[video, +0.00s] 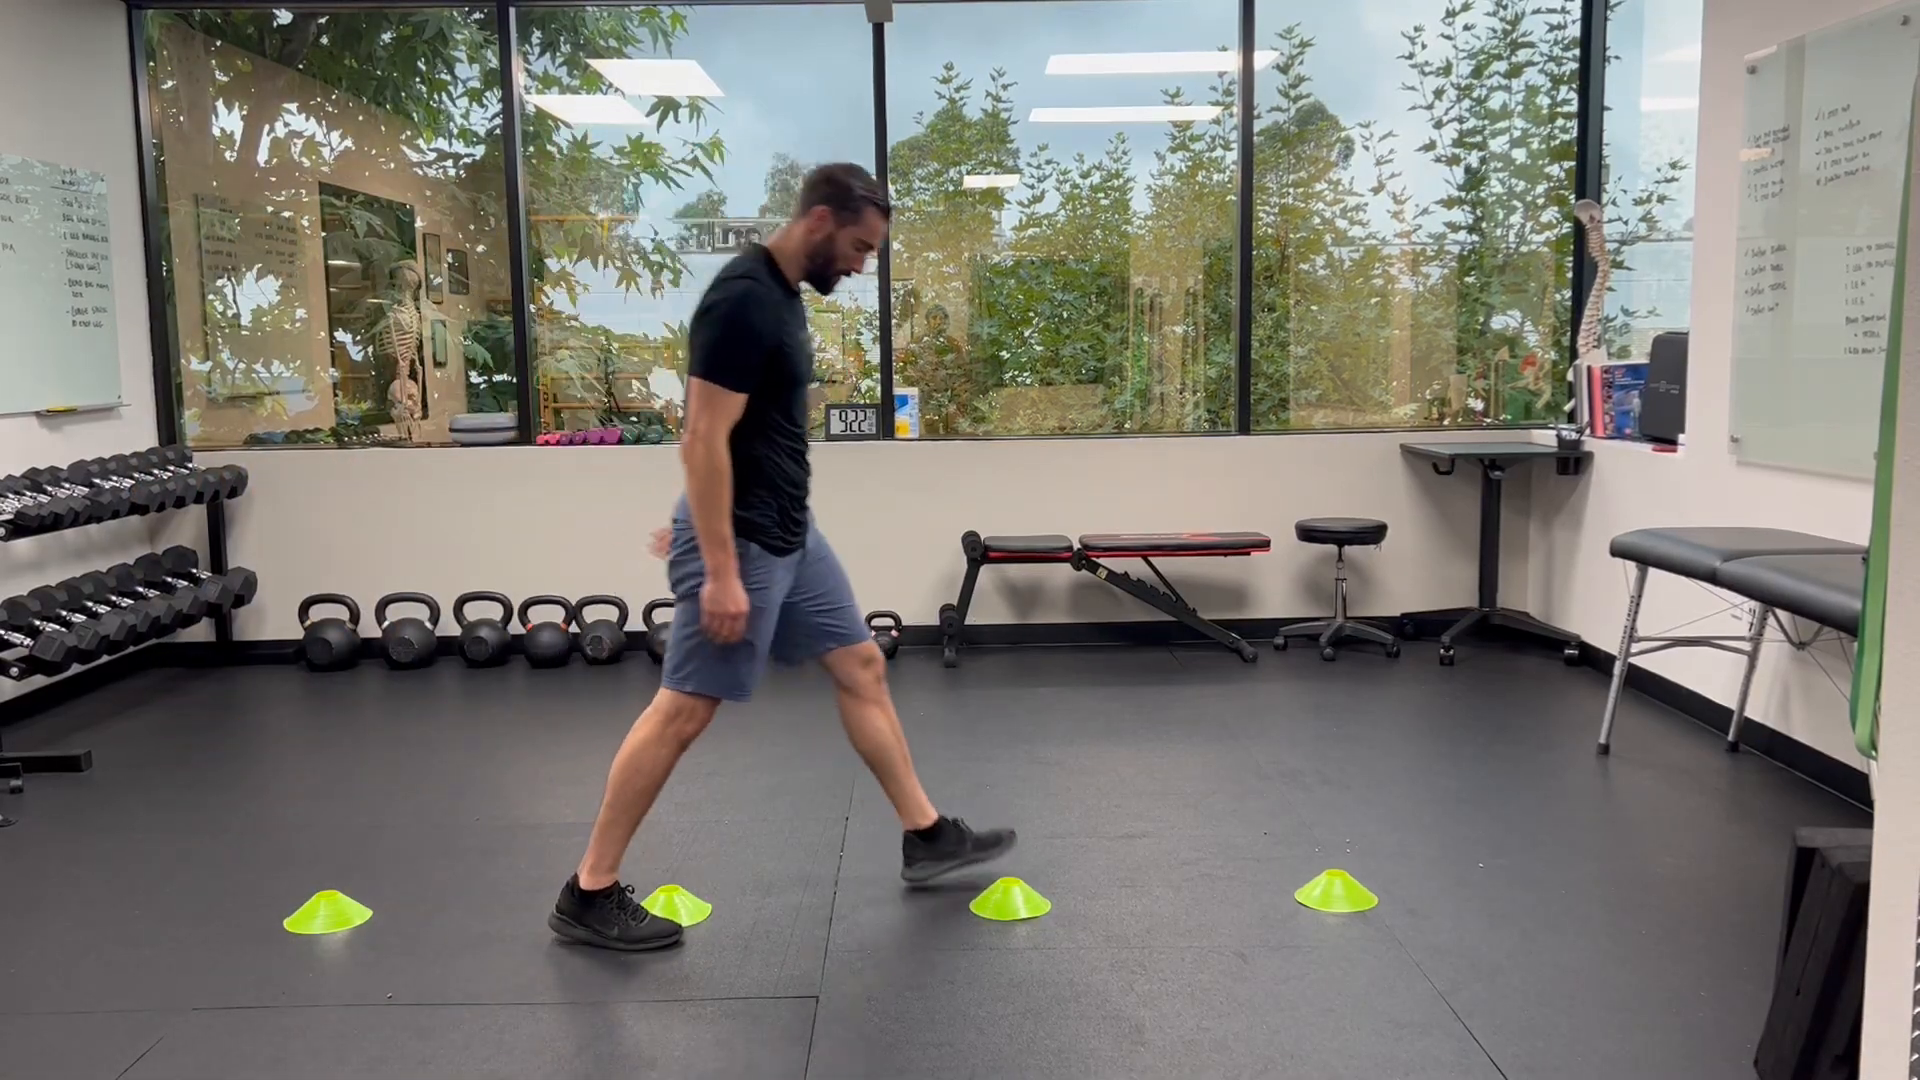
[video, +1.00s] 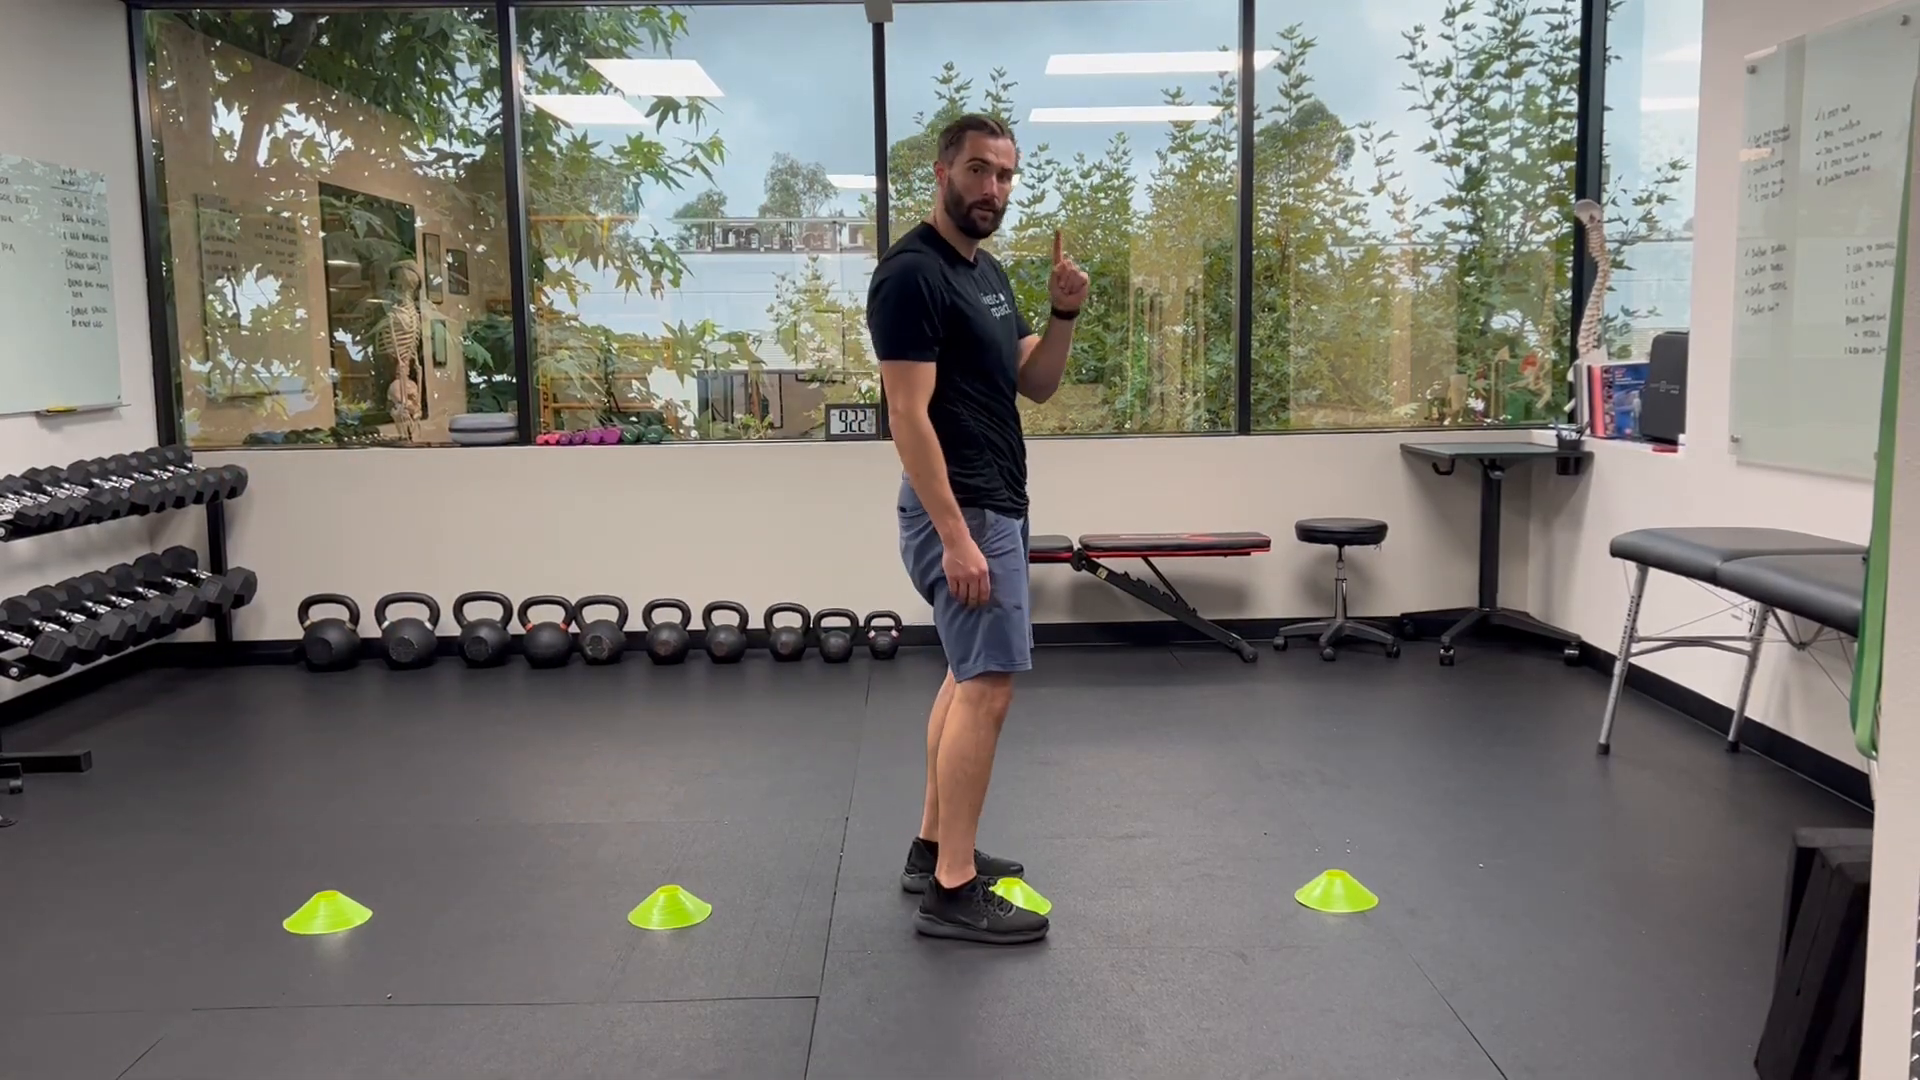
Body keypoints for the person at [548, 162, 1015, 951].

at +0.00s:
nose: (861, 267)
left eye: (870, 253)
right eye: (860, 248)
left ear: (823, 225)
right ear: (819, 220)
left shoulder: (780, 294)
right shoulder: (744, 299)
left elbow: (743, 424)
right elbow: (704, 434)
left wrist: (690, 510)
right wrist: (722, 571)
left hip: (790, 535)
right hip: (738, 545)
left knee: (859, 665)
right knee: (681, 709)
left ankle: (926, 831)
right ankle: (590, 889)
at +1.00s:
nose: (994, 188)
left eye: (1006, 175)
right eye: (980, 170)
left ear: (1012, 187)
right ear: (940, 171)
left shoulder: (984, 272)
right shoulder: (911, 273)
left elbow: (1035, 381)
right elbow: (909, 420)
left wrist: (1062, 315)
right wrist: (955, 535)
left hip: (991, 507)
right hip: (964, 512)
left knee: (968, 676)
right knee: (987, 685)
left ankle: (937, 846)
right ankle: (955, 886)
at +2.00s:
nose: (1303, 254)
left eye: (1313, 240)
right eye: (1304, 233)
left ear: (1263, 207)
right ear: (1264, 205)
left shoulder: (1217, 277)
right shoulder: (1200, 279)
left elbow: (1180, 412)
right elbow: (1158, 407)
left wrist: (1198, 527)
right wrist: (1178, 534)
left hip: (1180, 510)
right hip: (1147, 513)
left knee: (1229, 662)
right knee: (1180, 693)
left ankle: (1249, 840)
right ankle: (1020, 831)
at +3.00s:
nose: (1302, 179)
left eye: (1313, 166)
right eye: (1287, 162)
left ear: (1318, 178)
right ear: (1246, 167)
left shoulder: (1285, 262)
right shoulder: (1227, 262)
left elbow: (1342, 373)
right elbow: (1222, 399)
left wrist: (1358, 317)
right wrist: (1264, 517)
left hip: (1291, 496)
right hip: (1273, 501)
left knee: (1277, 666)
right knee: (1305, 673)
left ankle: (1249, 841)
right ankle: (1274, 876)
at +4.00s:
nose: (995, 203)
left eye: (997, 188)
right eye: (984, 188)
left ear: (953, 183)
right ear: (932, 180)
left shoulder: (954, 263)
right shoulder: (881, 281)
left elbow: (987, 384)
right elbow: (864, 428)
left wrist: (1038, 486)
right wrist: (904, 553)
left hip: (975, 509)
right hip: (933, 517)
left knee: (979, 659)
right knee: (955, 691)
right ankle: (933, 892)